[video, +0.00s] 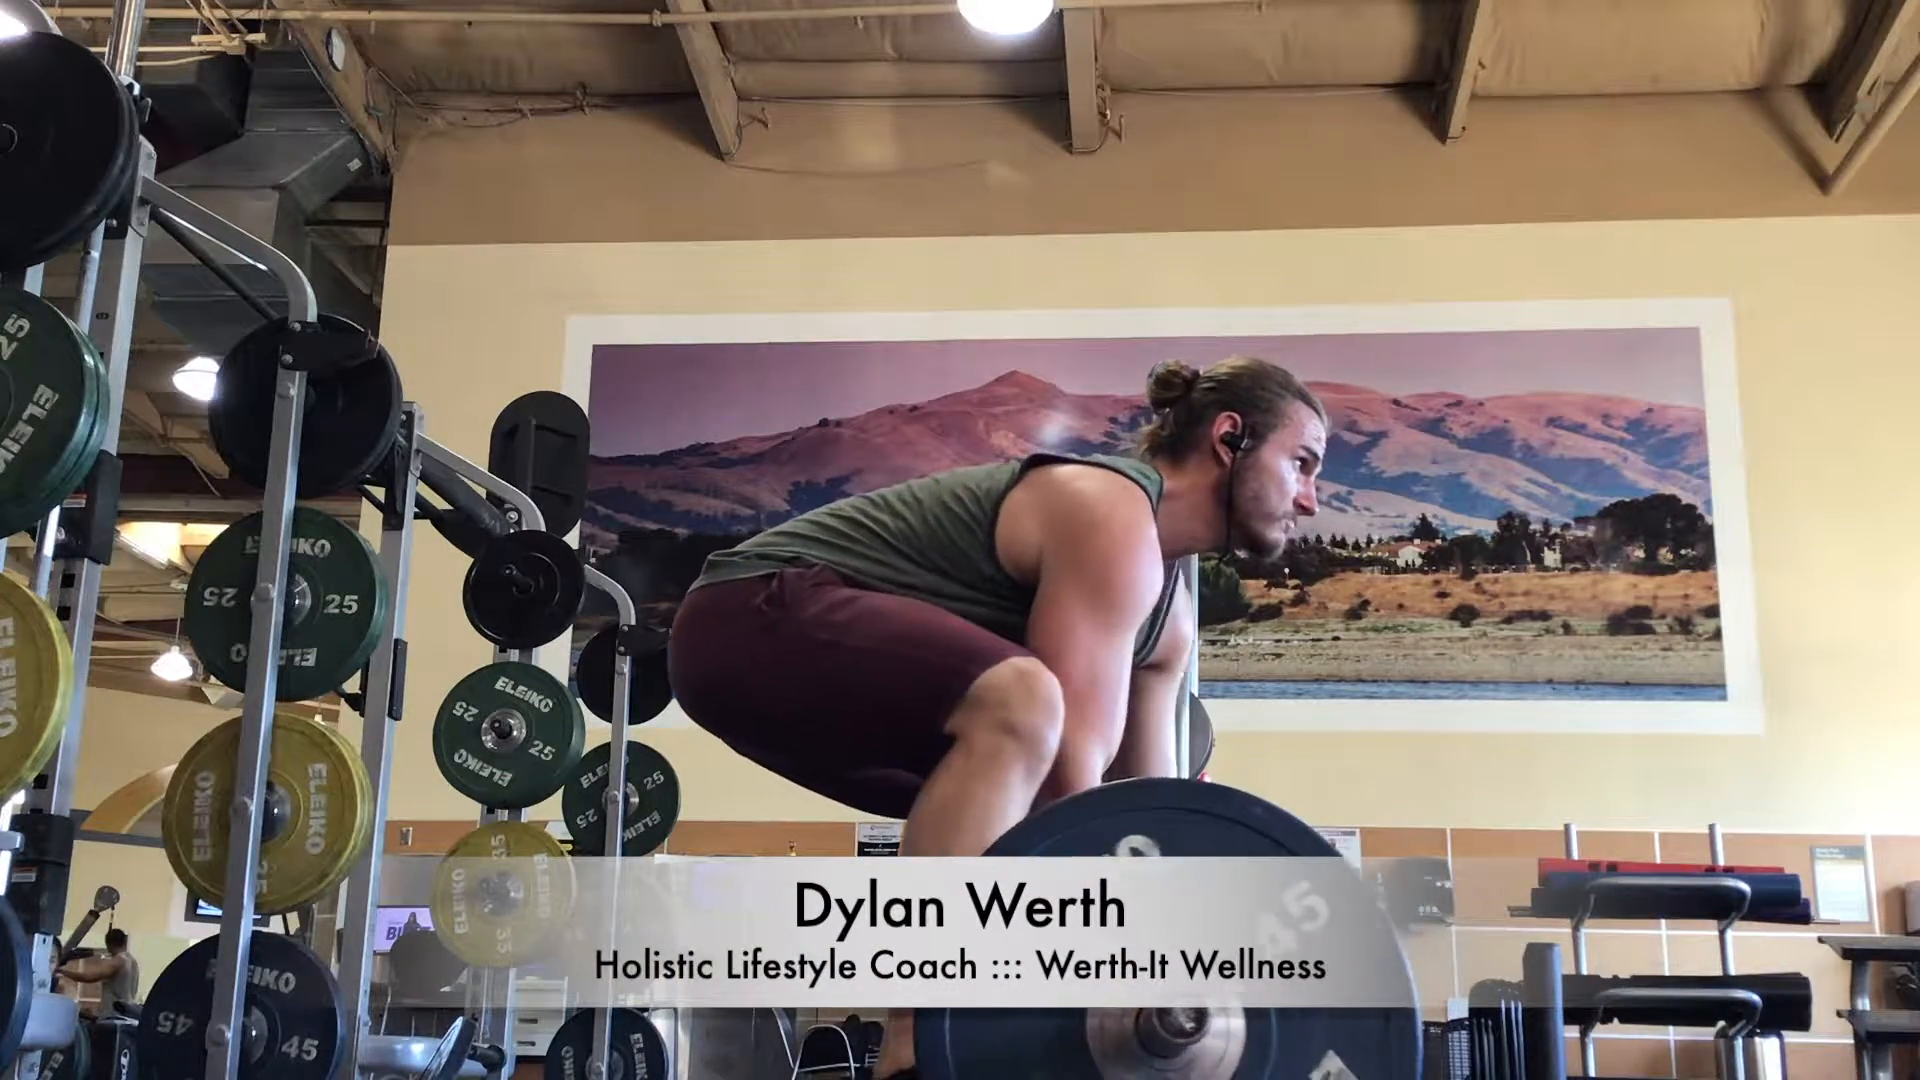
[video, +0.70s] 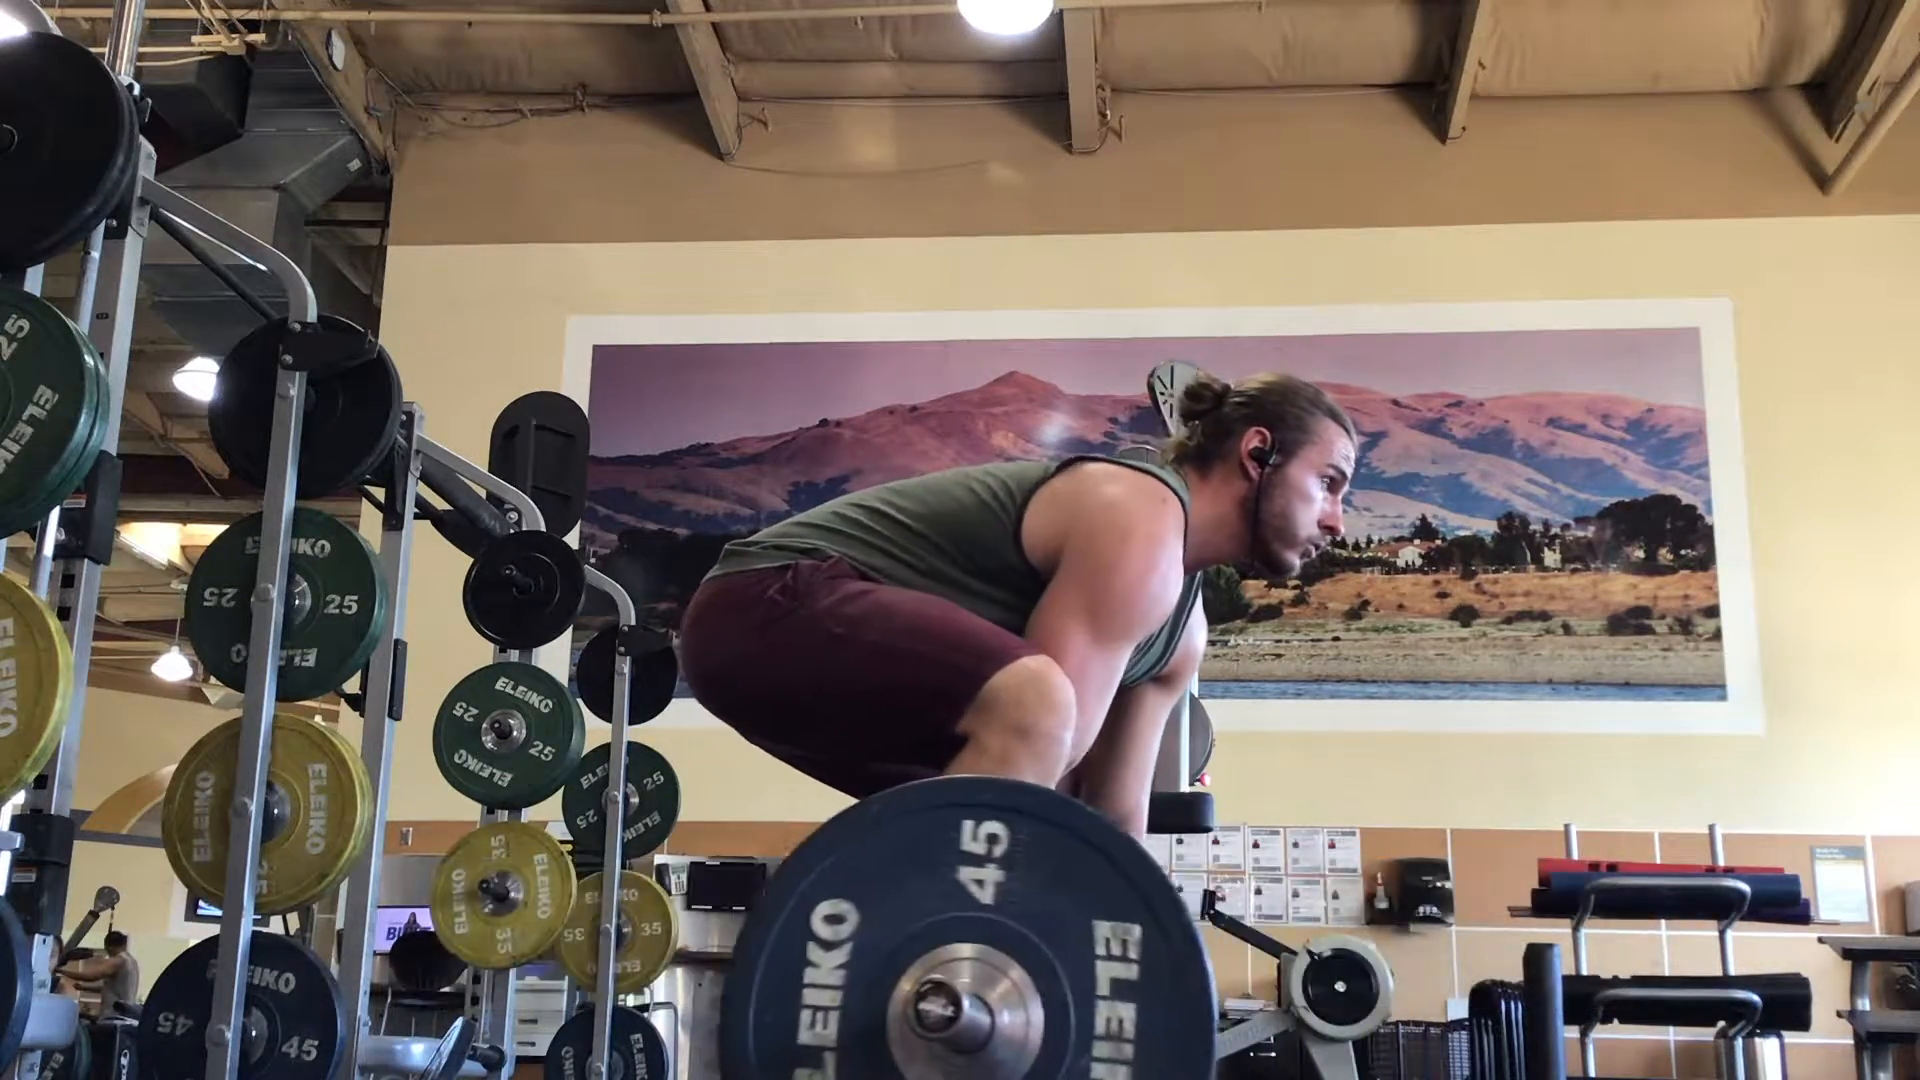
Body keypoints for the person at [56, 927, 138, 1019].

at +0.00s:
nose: (107, 947)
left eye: (108, 943)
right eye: (107, 943)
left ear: (109, 944)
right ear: (124, 942)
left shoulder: (118, 961)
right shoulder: (132, 962)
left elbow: (89, 978)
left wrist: (62, 971)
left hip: (111, 1016)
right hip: (126, 1016)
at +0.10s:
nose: (108, 946)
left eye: (108, 943)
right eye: (108, 943)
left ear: (109, 944)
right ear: (124, 943)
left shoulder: (119, 961)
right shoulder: (132, 962)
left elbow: (89, 978)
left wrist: (62, 971)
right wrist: (104, 987)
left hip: (111, 1016)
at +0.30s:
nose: (108, 947)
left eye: (108, 944)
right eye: (107, 944)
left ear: (109, 944)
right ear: (124, 943)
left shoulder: (119, 961)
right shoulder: (132, 962)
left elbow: (88, 977)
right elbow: (117, 985)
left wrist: (61, 971)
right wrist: (93, 990)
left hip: (111, 1018)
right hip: (126, 1018)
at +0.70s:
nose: (107, 950)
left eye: (107, 947)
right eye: (106, 947)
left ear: (110, 946)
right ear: (123, 944)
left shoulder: (119, 961)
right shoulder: (131, 962)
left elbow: (89, 977)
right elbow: (110, 988)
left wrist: (60, 971)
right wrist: (83, 987)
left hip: (111, 1018)